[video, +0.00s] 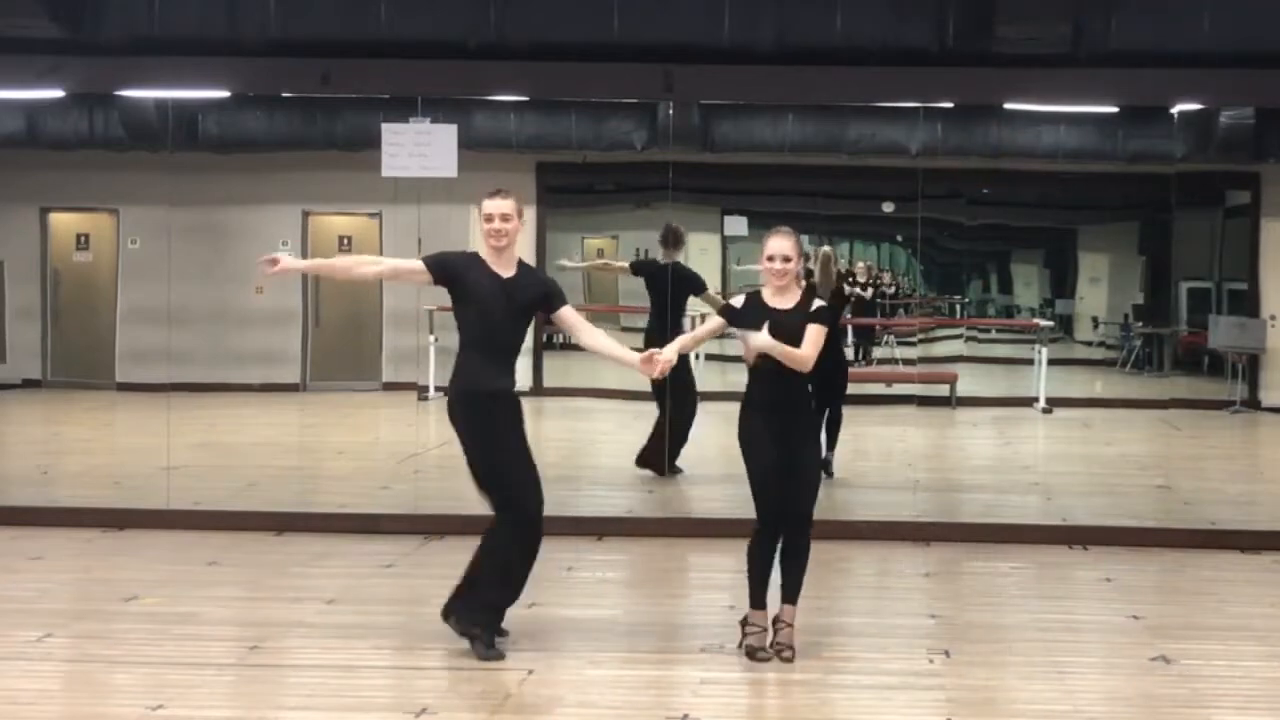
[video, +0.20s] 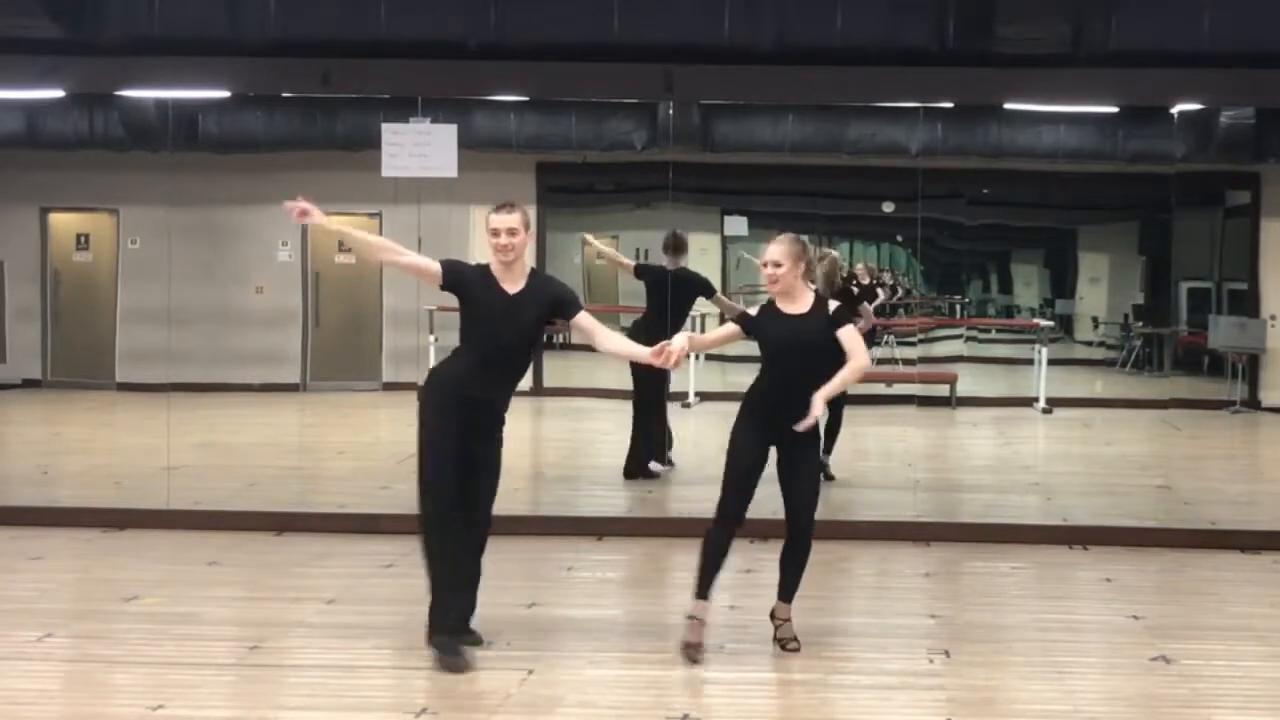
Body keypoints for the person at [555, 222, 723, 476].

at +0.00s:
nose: (672, 247)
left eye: (667, 242)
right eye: (679, 243)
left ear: (661, 243)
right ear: (682, 245)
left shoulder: (649, 267)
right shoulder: (687, 275)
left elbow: (610, 265)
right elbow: (715, 302)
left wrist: (576, 265)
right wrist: (736, 313)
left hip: (652, 340)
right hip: (675, 342)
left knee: (666, 400)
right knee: (686, 401)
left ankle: (653, 454)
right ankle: (664, 457)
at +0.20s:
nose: (673, 254)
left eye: (670, 249)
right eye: (678, 250)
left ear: (664, 250)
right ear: (686, 252)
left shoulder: (652, 272)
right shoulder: (695, 281)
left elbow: (618, 259)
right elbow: (726, 305)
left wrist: (594, 243)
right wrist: (747, 314)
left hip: (638, 340)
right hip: (664, 345)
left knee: (650, 401)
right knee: (651, 405)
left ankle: (657, 453)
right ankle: (636, 465)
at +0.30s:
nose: (672, 257)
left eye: (668, 253)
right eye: (677, 253)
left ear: (663, 255)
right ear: (685, 256)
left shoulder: (651, 276)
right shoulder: (695, 286)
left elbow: (616, 260)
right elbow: (729, 309)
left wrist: (593, 238)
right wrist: (754, 317)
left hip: (631, 349)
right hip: (659, 354)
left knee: (625, 395)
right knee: (658, 410)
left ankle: (623, 447)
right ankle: (638, 464)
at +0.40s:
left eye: (667, 254)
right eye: (677, 254)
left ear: (662, 256)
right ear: (684, 257)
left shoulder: (650, 278)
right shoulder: (695, 287)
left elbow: (612, 259)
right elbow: (729, 309)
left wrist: (594, 238)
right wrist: (754, 315)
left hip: (633, 351)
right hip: (662, 357)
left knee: (611, 398)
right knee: (662, 414)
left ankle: (585, 450)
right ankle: (638, 467)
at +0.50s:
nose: (668, 258)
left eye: (665, 255)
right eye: (675, 255)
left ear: (660, 256)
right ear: (683, 257)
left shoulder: (648, 280)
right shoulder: (692, 287)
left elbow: (612, 262)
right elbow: (727, 307)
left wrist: (609, 246)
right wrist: (753, 315)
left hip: (637, 358)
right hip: (666, 363)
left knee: (616, 403)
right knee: (663, 415)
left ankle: (577, 447)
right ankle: (638, 467)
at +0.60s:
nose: (668, 258)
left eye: (665, 253)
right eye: (675, 254)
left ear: (659, 256)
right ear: (681, 256)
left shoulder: (646, 281)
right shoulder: (689, 287)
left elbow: (616, 276)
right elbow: (723, 311)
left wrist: (617, 246)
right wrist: (749, 316)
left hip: (641, 355)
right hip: (670, 357)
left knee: (627, 409)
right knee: (657, 409)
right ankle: (643, 468)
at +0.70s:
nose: (669, 259)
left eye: (666, 253)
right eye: (675, 254)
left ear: (658, 255)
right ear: (681, 255)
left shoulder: (645, 281)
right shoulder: (686, 286)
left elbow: (636, 281)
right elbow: (713, 314)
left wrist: (634, 266)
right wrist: (735, 322)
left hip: (647, 352)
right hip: (671, 353)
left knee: (653, 408)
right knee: (635, 401)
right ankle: (659, 455)